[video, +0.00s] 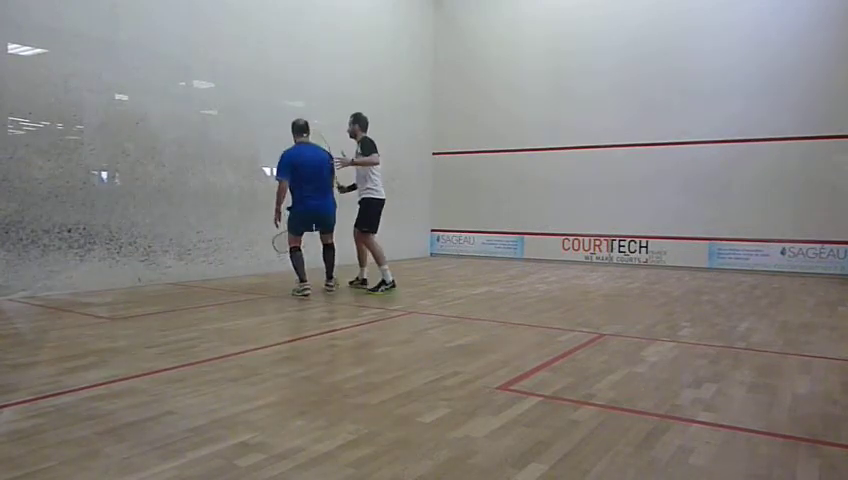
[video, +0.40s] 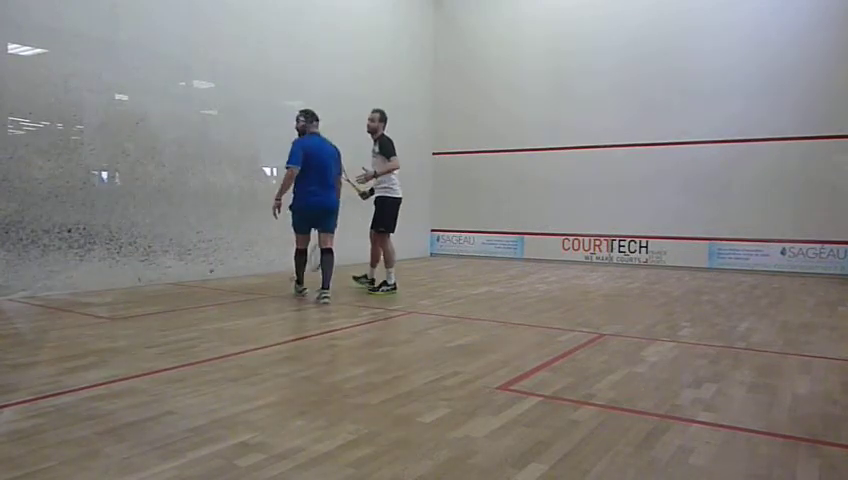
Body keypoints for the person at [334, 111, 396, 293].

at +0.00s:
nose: (347, 129)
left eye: (349, 125)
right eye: (348, 125)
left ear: (356, 126)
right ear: (359, 127)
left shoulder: (365, 142)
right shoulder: (360, 147)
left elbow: (375, 160)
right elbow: (365, 179)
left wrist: (351, 162)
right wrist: (347, 188)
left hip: (373, 196)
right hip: (366, 197)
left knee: (366, 236)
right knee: (359, 235)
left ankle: (388, 278)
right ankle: (362, 277)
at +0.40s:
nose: (368, 123)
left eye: (372, 121)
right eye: (368, 120)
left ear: (382, 124)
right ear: (369, 122)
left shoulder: (385, 141)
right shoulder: (376, 144)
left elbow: (395, 164)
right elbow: (383, 172)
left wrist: (373, 174)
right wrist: (370, 191)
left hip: (390, 195)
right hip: (381, 195)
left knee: (382, 237)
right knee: (374, 235)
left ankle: (390, 281)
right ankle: (371, 275)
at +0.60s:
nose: (377, 122)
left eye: (381, 120)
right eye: (376, 119)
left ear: (390, 124)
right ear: (377, 121)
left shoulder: (393, 141)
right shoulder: (383, 143)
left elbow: (404, 165)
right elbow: (386, 173)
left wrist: (386, 180)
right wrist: (375, 191)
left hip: (395, 195)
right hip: (387, 194)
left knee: (387, 235)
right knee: (382, 235)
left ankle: (391, 280)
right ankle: (395, 274)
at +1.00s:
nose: (394, 123)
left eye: (398, 120)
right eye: (393, 119)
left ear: (407, 124)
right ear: (393, 122)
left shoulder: (409, 143)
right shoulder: (399, 145)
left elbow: (421, 168)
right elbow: (401, 177)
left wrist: (408, 184)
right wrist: (387, 196)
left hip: (408, 197)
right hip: (404, 197)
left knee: (399, 238)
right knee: (409, 238)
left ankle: (391, 281)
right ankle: (422, 279)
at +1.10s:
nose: (397, 123)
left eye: (401, 121)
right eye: (397, 120)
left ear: (410, 125)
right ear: (396, 123)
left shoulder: (413, 143)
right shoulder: (402, 146)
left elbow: (424, 169)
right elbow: (405, 177)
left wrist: (411, 188)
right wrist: (393, 198)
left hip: (414, 198)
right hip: (408, 197)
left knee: (402, 238)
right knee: (415, 238)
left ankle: (392, 281)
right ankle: (422, 280)